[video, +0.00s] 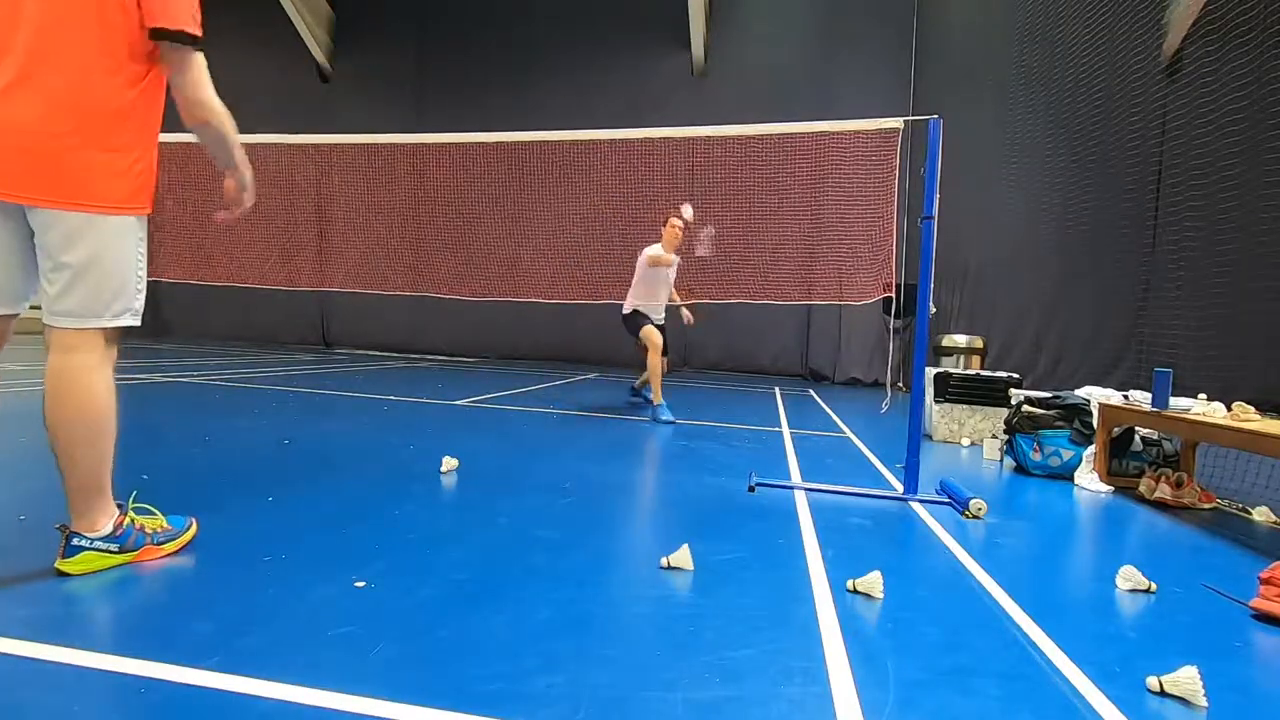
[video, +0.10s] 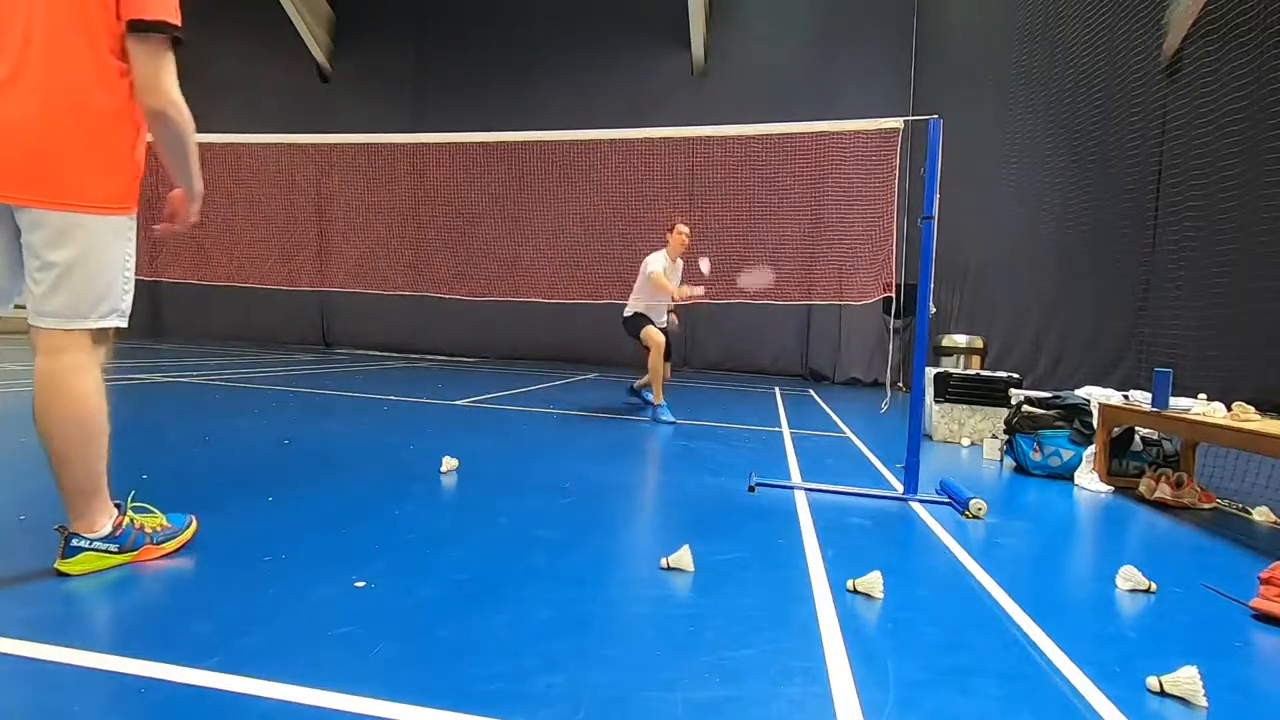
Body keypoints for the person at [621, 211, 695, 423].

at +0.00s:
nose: (676, 232)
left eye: (680, 229)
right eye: (672, 227)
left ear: (683, 235)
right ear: (663, 230)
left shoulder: (674, 261)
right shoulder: (651, 251)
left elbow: (668, 287)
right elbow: (651, 260)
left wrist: (681, 307)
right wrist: (672, 260)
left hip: (658, 316)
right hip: (636, 311)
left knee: (661, 366)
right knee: (656, 341)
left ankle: (638, 386)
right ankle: (658, 403)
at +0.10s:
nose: (685, 239)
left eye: (688, 236)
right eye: (681, 234)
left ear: (689, 242)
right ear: (669, 236)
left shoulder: (679, 265)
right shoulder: (654, 259)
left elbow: (668, 289)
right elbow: (655, 277)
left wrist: (670, 310)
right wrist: (673, 290)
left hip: (659, 318)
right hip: (637, 314)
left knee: (664, 374)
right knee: (658, 341)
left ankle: (638, 386)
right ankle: (659, 404)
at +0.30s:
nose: (685, 242)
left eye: (688, 239)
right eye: (681, 237)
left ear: (690, 244)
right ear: (670, 240)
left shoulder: (681, 268)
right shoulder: (654, 264)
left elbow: (667, 295)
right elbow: (642, 299)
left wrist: (664, 316)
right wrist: (650, 310)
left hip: (659, 320)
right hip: (636, 316)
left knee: (670, 376)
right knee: (656, 341)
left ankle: (641, 382)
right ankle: (658, 404)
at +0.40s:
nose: (678, 235)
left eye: (681, 231)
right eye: (673, 230)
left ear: (683, 236)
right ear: (664, 234)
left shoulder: (677, 263)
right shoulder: (650, 257)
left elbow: (664, 289)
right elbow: (631, 269)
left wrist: (665, 314)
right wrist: (618, 273)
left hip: (660, 317)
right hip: (637, 313)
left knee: (672, 374)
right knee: (655, 341)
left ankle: (642, 382)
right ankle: (658, 404)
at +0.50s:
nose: (669, 226)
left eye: (672, 223)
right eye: (665, 221)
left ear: (675, 229)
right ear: (655, 225)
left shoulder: (672, 256)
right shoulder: (639, 248)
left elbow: (668, 285)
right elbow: (615, 255)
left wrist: (675, 312)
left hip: (658, 312)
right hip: (635, 308)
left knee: (667, 368)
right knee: (651, 342)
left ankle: (642, 383)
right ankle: (657, 403)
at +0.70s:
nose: (649, 208)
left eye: (653, 205)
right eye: (646, 204)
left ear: (658, 211)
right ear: (639, 208)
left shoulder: (663, 240)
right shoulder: (623, 232)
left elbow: (672, 270)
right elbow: (593, 239)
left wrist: (688, 292)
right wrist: (568, 227)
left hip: (648, 300)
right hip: (625, 296)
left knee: (653, 350)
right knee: (630, 332)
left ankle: (633, 387)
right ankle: (632, 393)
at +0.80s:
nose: (640, 203)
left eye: (644, 200)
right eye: (637, 199)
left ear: (649, 206)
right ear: (630, 204)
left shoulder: (657, 233)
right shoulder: (615, 229)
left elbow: (669, 263)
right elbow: (587, 240)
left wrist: (682, 280)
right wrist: (563, 233)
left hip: (644, 295)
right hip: (619, 292)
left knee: (646, 346)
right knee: (616, 337)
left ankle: (634, 391)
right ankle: (611, 389)